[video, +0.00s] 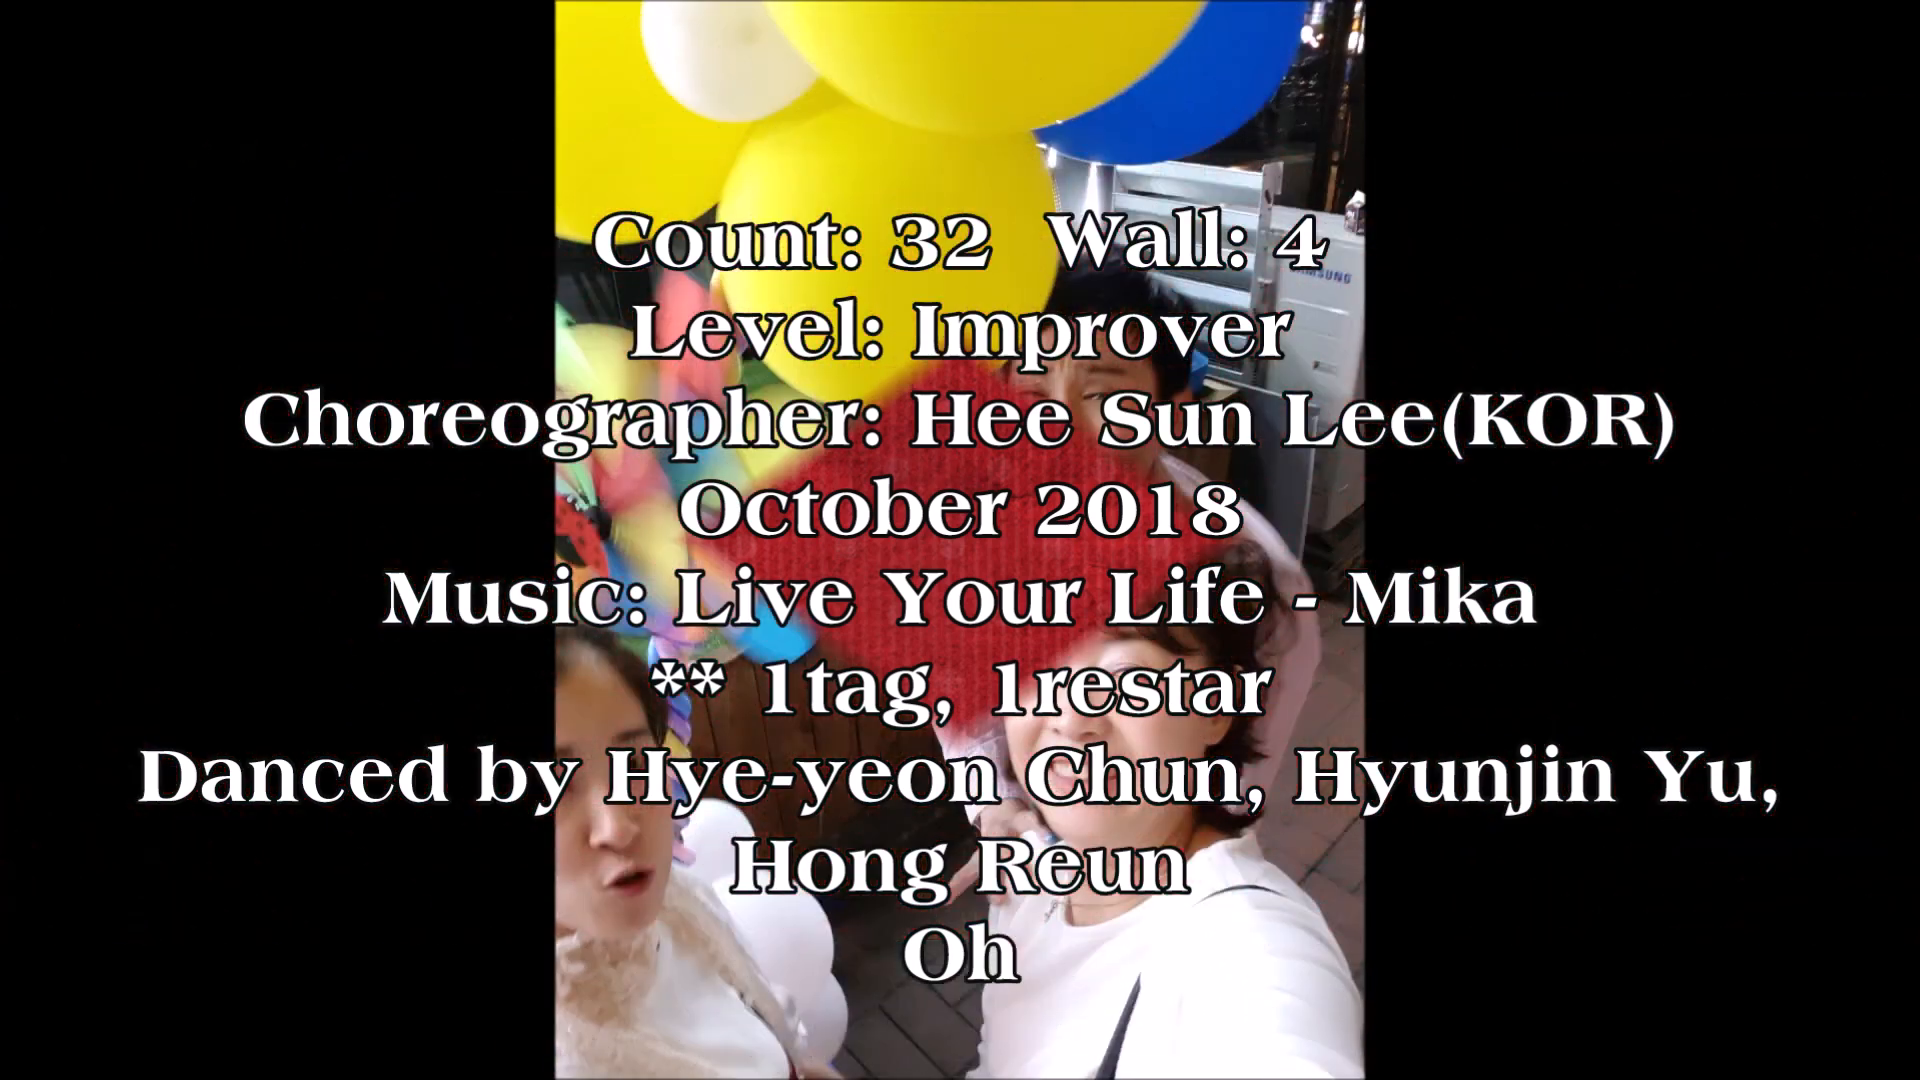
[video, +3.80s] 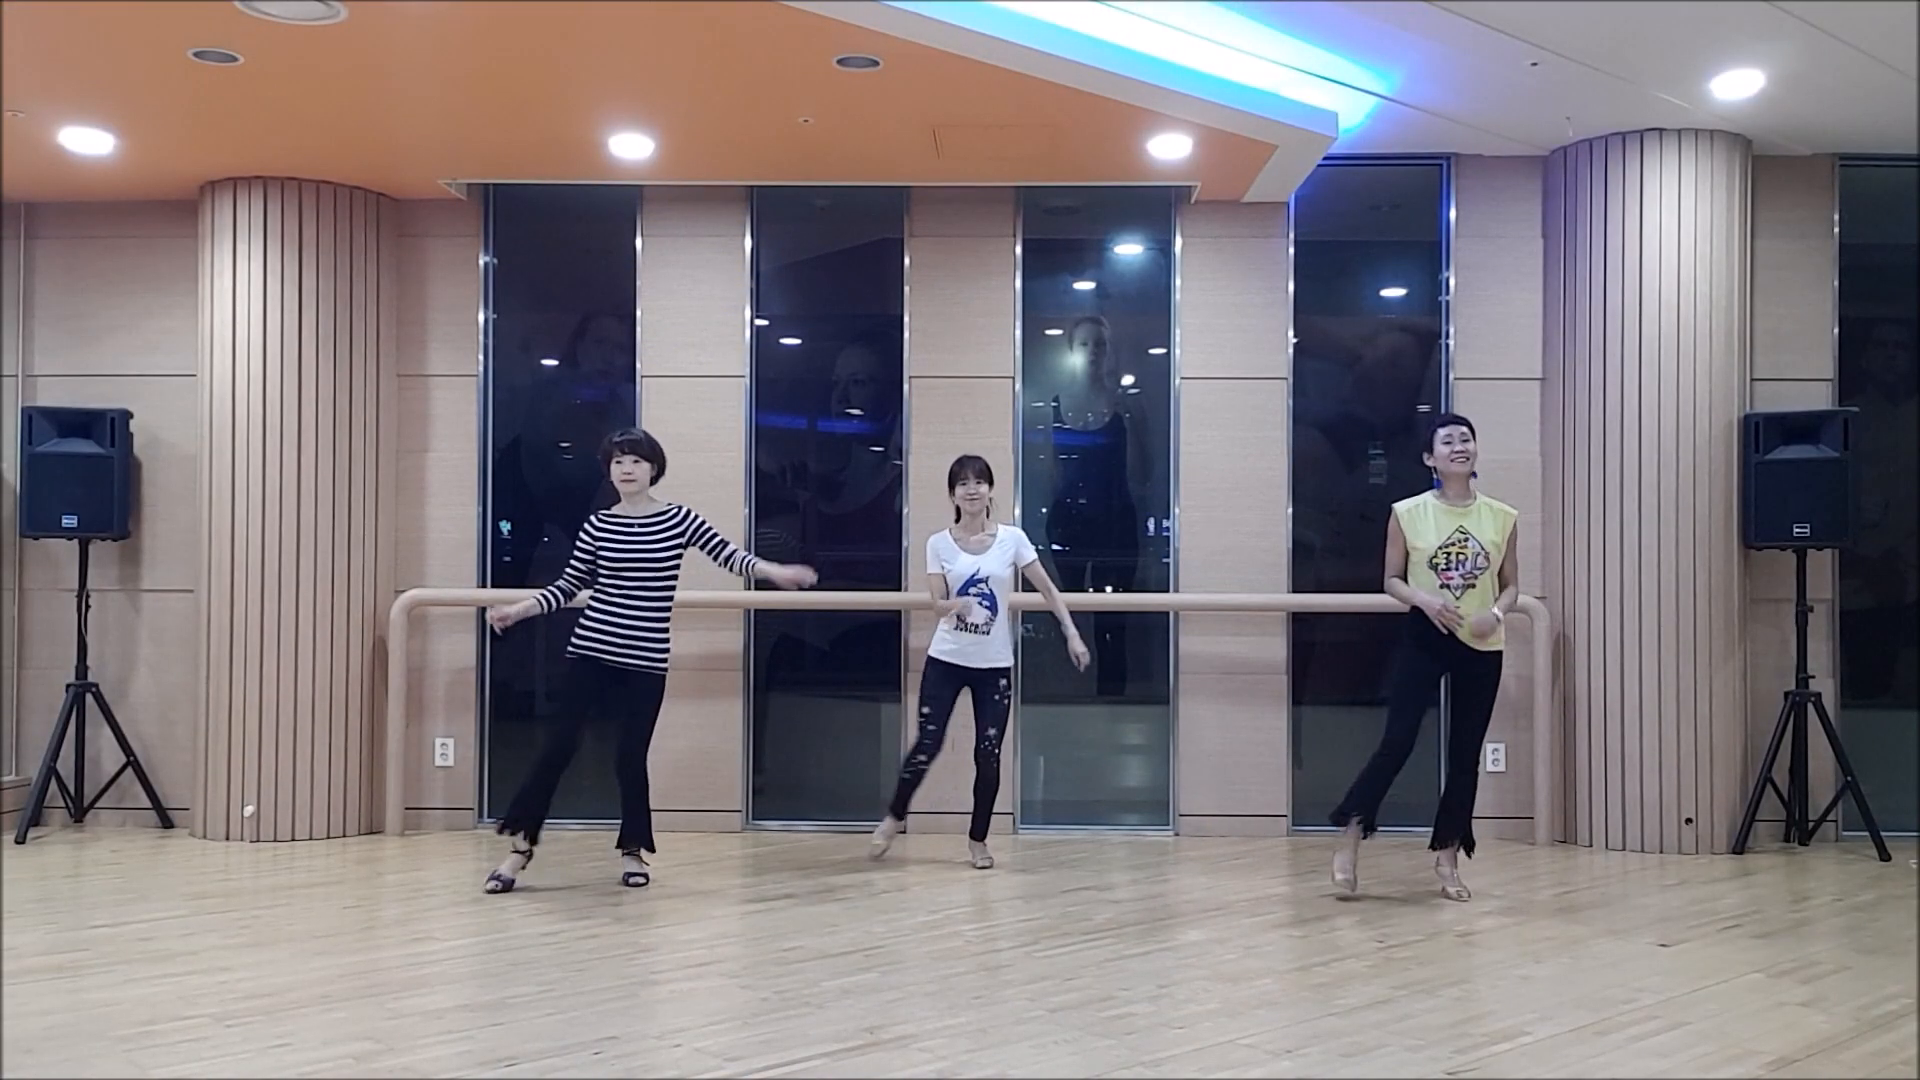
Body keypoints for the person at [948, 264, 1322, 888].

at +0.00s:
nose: (1067, 425)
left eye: (1108, 396)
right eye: (1044, 396)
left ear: (1167, 411)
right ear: (1016, 394)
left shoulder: (1246, 566)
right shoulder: (977, 514)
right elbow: (939, 670)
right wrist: (989, 801)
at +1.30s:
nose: (1058, 439)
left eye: (1103, 400)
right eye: (1033, 392)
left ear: (1165, 418)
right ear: (1003, 402)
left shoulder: (1219, 563)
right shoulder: (989, 504)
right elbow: (971, 684)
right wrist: (983, 840)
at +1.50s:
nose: (937, 469)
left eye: (971, 438)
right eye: (917, 435)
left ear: (1030, 448)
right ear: (895, 433)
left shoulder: (1058, 603)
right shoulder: (868, 469)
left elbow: (1024, 755)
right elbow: (771, 446)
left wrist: (974, 855)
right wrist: (749, 411)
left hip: (950, 817)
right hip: (844, 772)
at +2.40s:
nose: (937, 468)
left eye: (972, 438)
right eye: (917, 435)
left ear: (1030, 450)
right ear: (896, 434)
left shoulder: (1062, 608)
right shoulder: (866, 469)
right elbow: (762, 442)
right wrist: (749, 405)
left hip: (970, 834)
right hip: (832, 801)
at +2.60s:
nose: (943, 489)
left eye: (952, 482)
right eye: (935, 483)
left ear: (965, 490)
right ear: (923, 492)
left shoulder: (984, 546)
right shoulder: (904, 546)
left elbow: (1013, 608)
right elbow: (892, 602)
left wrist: (1033, 668)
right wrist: (886, 646)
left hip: (968, 675)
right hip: (917, 675)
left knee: (949, 767)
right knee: (909, 773)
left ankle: (963, 857)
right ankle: (939, 865)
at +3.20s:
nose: (961, 491)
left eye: (969, 484)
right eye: (953, 485)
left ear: (981, 491)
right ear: (941, 493)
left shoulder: (1001, 540)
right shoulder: (926, 546)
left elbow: (1031, 596)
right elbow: (915, 601)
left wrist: (1014, 621)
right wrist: (906, 638)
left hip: (999, 661)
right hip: (951, 659)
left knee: (994, 749)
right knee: (975, 736)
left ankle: (982, 839)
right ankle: (960, 824)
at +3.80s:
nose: (972, 490)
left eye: (979, 482)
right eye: (963, 484)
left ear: (991, 489)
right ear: (952, 492)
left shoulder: (1012, 539)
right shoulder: (939, 543)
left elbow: (1048, 590)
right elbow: (938, 604)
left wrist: (1072, 634)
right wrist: (955, 604)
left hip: (994, 663)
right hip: (946, 659)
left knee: (988, 754)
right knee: (928, 743)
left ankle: (978, 841)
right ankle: (894, 819)